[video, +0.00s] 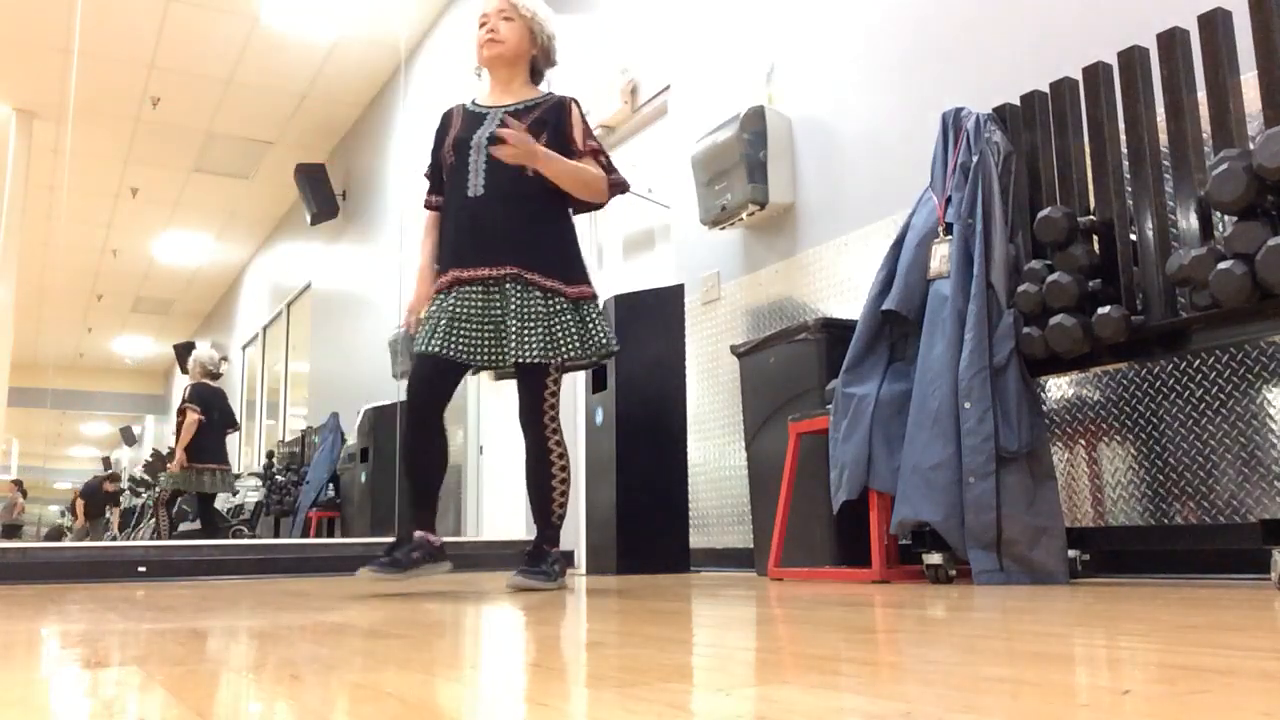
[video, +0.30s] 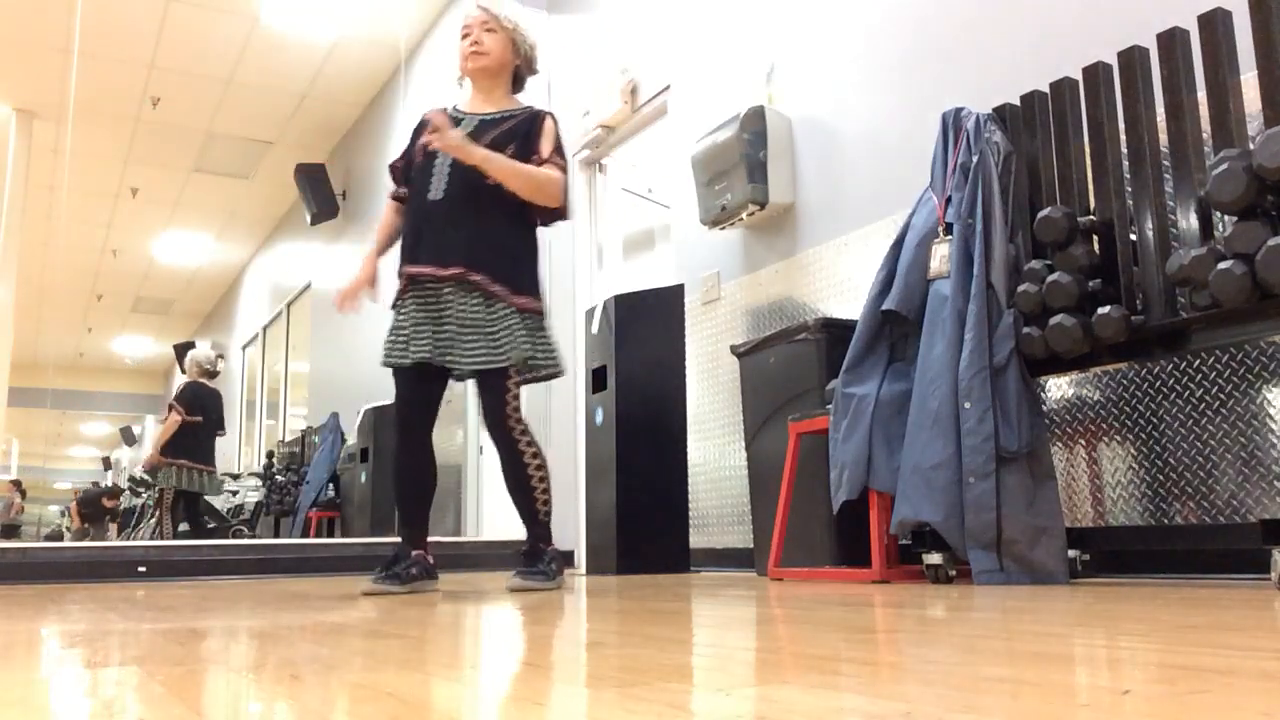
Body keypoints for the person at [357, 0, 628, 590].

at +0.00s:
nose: (488, 27)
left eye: (504, 20)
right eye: (481, 23)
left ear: (534, 41)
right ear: (475, 47)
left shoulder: (559, 110)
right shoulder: (455, 120)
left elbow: (600, 188)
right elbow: (436, 213)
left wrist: (537, 156)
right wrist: (424, 286)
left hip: (538, 278)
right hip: (465, 280)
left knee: (538, 415)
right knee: (421, 398)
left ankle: (546, 551)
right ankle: (422, 537)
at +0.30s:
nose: (472, 38)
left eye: (486, 31)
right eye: (465, 35)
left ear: (518, 52)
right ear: (459, 59)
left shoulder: (534, 121)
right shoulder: (435, 126)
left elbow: (553, 193)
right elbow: (399, 202)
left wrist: (470, 152)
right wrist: (371, 260)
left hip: (496, 288)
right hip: (426, 286)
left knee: (503, 420)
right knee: (410, 423)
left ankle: (542, 551)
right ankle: (414, 553)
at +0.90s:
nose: (470, 48)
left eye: (485, 42)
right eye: (464, 45)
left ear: (513, 65)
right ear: (459, 70)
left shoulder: (541, 127)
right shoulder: (440, 139)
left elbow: (589, 193)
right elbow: (409, 224)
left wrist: (633, 248)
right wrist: (407, 184)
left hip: (520, 291)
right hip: (452, 294)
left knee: (511, 420)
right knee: (440, 425)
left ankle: (520, 550)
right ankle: (475, 543)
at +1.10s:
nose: (472, 58)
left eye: (485, 52)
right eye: (464, 55)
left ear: (513, 73)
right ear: (457, 79)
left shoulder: (537, 139)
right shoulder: (437, 148)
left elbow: (577, 208)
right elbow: (398, 216)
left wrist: (615, 245)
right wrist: (403, 157)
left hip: (516, 295)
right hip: (451, 298)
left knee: (507, 423)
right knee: (457, 430)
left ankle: (518, 552)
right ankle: (477, 548)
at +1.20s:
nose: (468, 65)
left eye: (482, 59)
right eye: (462, 62)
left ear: (510, 80)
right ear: (455, 85)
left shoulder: (535, 144)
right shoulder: (434, 150)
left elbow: (568, 215)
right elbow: (403, 230)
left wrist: (586, 253)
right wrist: (399, 162)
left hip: (515, 297)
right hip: (449, 301)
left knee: (505, 421)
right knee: (457, 433)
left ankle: (517, 550)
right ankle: (477, 548)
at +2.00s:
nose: (482, 88)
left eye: (495, 82)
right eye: (475, 86)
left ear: (523, 101)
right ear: (472, 112)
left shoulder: (551, 159)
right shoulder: (459, 173)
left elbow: (574, 229)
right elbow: (445, 256)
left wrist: (547, 280)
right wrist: (421, 317)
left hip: (541, 315)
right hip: (477, 319)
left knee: (541, 439)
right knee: (479, 436)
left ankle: (545, 550)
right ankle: (505, 548)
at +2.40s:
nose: (482, 67)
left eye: (496, 62)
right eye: (477, 65)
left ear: (524, 84)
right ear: (471, 89)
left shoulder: (550, 144)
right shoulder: (451, 155)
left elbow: (591, 220)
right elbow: (435, 237)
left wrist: (610, 286)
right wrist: (419, 231)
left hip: (529, 302)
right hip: (464, 304)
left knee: (515, 418)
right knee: (478, 432)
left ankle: (561, 513)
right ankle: (505, 549)